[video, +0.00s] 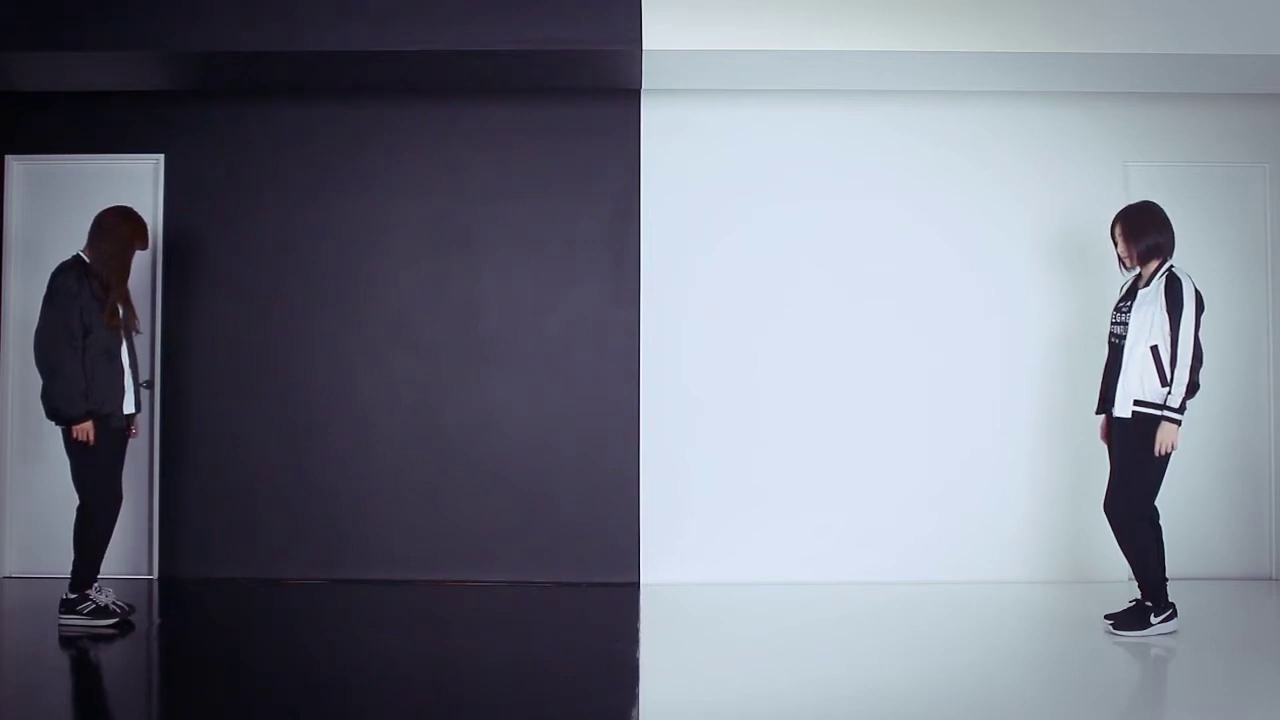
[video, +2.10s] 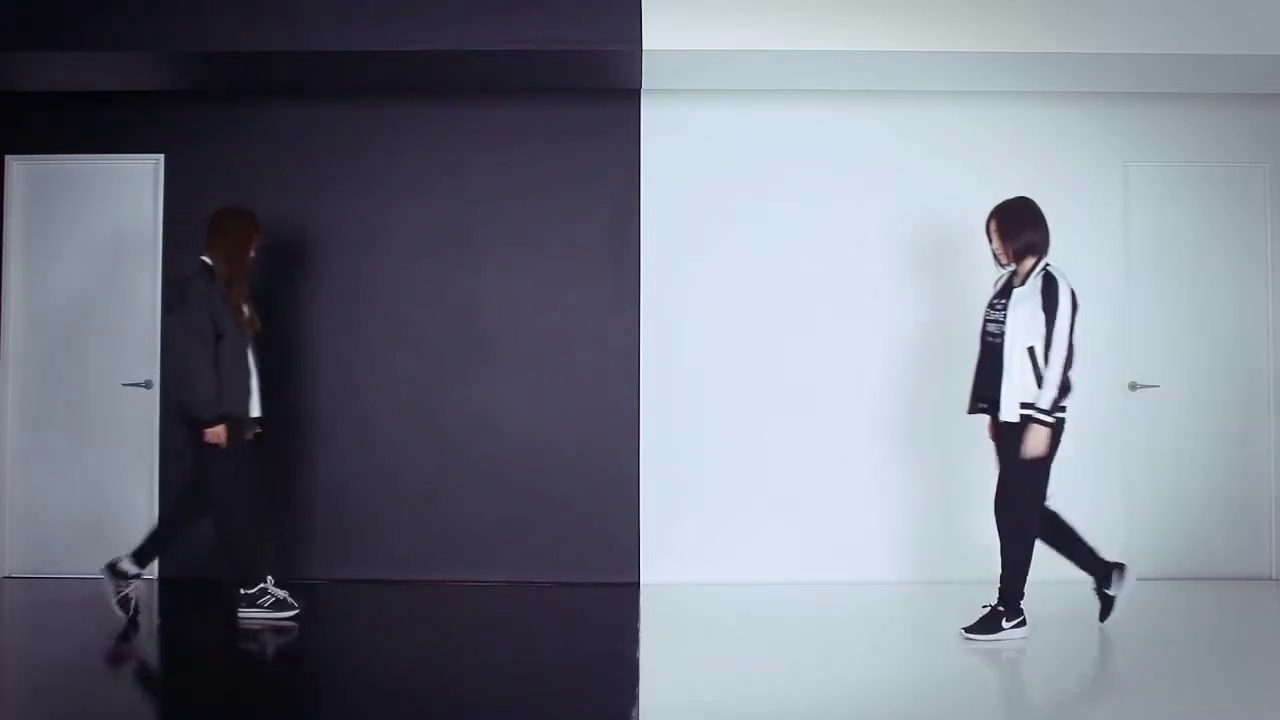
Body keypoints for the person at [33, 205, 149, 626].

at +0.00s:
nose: (132, 259)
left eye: (135, 251)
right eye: (130, 250)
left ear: (108, 240)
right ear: (113, 244)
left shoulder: (109, 283)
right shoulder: (71, 278)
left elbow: (119, 354)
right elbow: (56, 349)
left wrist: (130, 410)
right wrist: (76, 412)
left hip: (112, 415)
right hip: (86, 416)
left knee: (108, 499)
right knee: (98, 501)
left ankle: (86, 590)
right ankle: (77, 597)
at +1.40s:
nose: (156, 256)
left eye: (157, 247)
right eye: (153, 247)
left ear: (129, 240)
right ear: (136, 242)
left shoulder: (132, 285)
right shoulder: (96, 279)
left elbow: (135, 358)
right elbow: (80, 350)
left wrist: (145, 414)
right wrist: (98, 413)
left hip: (128, 414)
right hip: (111, 415)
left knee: (104, 503)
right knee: (156, 489)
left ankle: (87, 592)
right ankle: (107, 576)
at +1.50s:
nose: (162, 255)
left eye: (164, 247)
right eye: (160, 246)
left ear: (136, 240)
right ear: (142, 242)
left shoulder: (132, 282)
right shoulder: (103, 278)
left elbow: (135, 347)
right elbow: (85, 348)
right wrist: (104, 412)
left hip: (136, 415)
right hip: (122, 417)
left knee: (105, 508)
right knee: (173, 481)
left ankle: (86, 593)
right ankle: (151, 573)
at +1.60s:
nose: (173, 255)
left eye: (175, 246)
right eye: (169, 245)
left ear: (152, 244)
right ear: (149, 242)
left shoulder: (155, 285)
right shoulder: (113, 280)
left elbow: (164, 355)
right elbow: (94, 350)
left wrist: (176, 411)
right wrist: (112, 414)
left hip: (148, 418)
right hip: (133, 419)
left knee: (107, 511)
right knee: (182, 487)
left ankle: (86, 593)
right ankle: (195, 576)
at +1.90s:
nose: (214, 263)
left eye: (215, 254)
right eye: (210, 254)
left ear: (188, 250)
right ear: (190, 250)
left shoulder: (185, 294)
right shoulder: (158, 290)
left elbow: (185, 364)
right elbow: (143, 361)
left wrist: (193, 424)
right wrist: (156, 425)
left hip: (180, 427)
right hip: (171, 429)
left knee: (130, 512)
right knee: (205, 511)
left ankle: (89, 590)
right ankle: (244, 587)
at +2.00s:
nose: (233, 260)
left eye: (234, 251)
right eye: (229, 251)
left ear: (204, 248)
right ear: (210, 249)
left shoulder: (209, 290)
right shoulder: (179, 290)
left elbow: (213, 359)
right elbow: (166, 359)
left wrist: (225, 418)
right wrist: (180, 422)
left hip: (213, 421)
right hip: (192, 423)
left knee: (154, 503)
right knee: (226, 506)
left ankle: (100, 582)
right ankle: (251, 590)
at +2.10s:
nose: (253, 257)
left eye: (255, 249)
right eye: (249, 248)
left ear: (226, 247)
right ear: (229, 246)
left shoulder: (232, 288)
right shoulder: (199, 287)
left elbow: (238, 360)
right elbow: (194, 358)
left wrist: (251, 414)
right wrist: (209, 416)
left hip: (241, 420)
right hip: (220, 423)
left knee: (197, 501)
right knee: (239, 504)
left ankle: (131, 565)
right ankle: (253, 590)